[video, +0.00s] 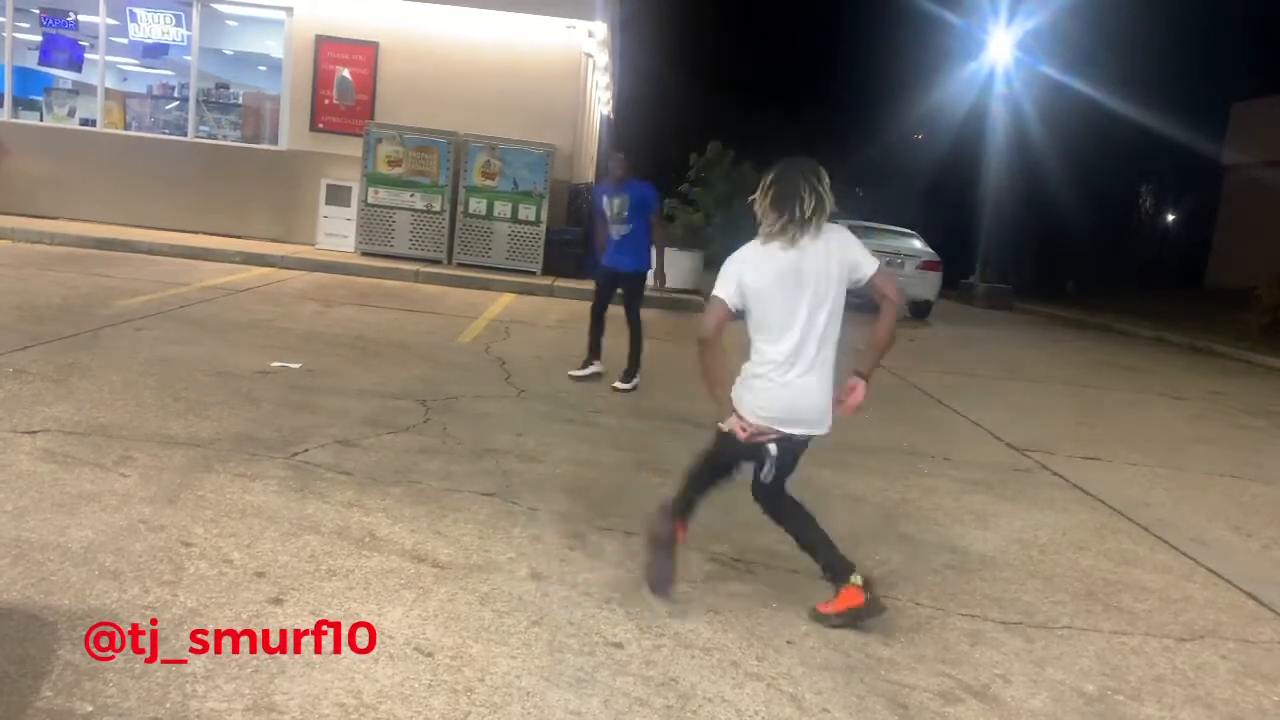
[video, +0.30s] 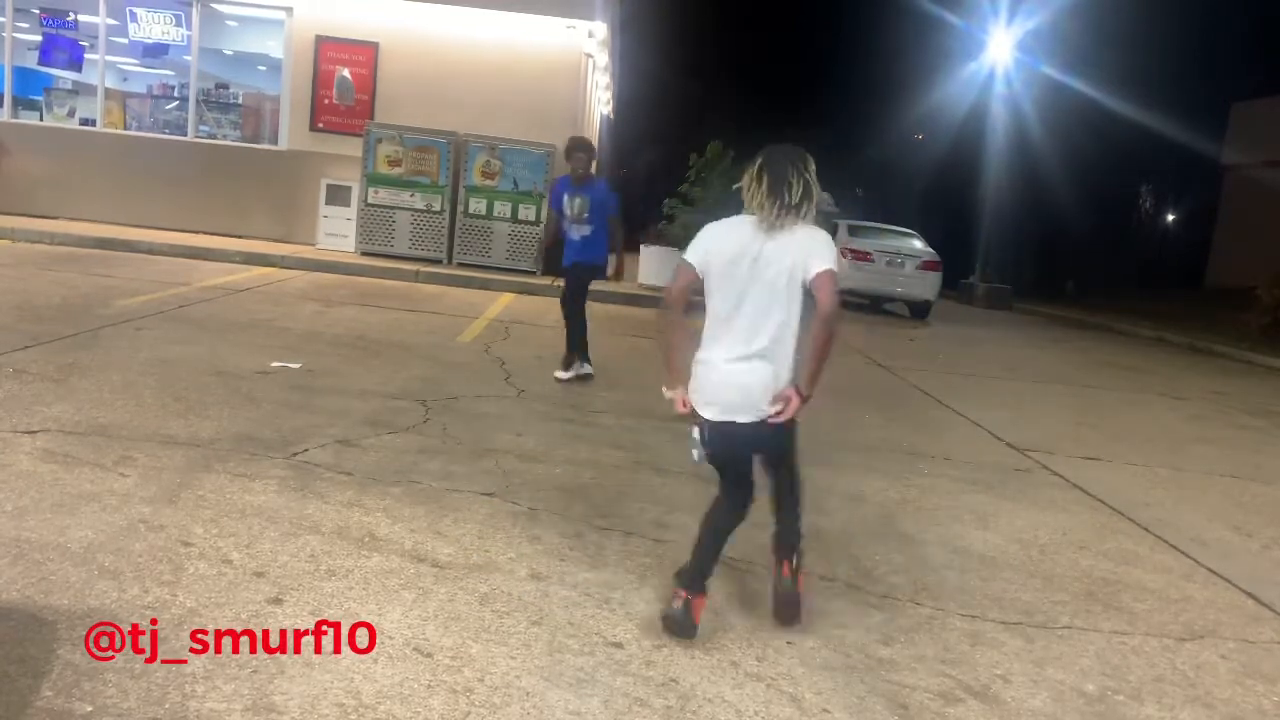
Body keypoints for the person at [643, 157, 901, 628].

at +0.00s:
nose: (756, 205)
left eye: (760, 198)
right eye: (759, 198)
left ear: (767, 203)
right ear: (820, 202)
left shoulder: (746, 259)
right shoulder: (840, 242)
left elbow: (708, 332)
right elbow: (891, 300)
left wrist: (725, 408)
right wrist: (863, 375)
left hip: (757, 401)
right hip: (813, 404)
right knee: (771, 490)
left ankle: (672, 523)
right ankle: (850, 584)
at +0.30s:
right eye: (809, 186)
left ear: (752, 184)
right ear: (806, 188)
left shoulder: (715, 234)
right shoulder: (813, 242)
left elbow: (673, 298)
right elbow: (828, 309)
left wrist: (675, 377)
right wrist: (804, 387)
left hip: (713, 395)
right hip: (773, 398)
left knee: (733, 493)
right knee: (785, 481)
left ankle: (689, 589)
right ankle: (788, 566)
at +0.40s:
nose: (735, 171)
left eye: (739, 164)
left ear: (743, 171)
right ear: (796, 176)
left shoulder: (709, 219)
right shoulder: (803, 225)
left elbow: (650, 270)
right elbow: (821, 286)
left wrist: (657, 349)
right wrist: (798, 363)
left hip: (695, 386)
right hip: (758, 390)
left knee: (681, 476)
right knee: (776, 484)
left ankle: (686, 581)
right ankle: (787, 594)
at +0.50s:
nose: (719, 166)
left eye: (724, 158)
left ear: (729, 164)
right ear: (784, 168)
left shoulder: (698, 211)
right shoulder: (793, 213)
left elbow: (636, 240)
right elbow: (811, 262)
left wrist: (645, 322)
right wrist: (789, 340)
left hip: (681, 380)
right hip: (751, 388)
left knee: (619, 447)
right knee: (800, 468)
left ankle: (629, 556)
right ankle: (818, 584)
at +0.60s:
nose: (704, 168)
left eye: (706, 160)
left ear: (711, 165)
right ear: (767, 168)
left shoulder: (684, 212)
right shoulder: (776, 214)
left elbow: (633, 251)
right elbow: (790, 273)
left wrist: (638, 335)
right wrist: (772, 351)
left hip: (664, 383)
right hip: (734, 393)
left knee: (614, 461)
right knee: (768, 476)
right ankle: (809, 585)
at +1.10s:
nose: (675, 152)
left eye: (679, 144)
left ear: (682, 147)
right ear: (738, 151)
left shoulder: (657, 188)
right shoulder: (752, 193)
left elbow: (630, 227)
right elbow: (790, 229)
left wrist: (628, 308)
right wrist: (762, 310)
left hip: (645, 361)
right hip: (717, 368)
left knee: (576, 431)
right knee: (770, 458)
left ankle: (544, 554)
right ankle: (774, 583)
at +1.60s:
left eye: (679, 171)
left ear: (683, 174)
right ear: (740, 179)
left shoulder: (663, 209)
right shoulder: (754, 219)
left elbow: (637, 231)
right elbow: (783, 253)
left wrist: (639, 301)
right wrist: (765, 333)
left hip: (654, 384)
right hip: (724, 393)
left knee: (586, 455)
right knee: (760, 482)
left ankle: (512, 549)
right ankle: (811, 594)